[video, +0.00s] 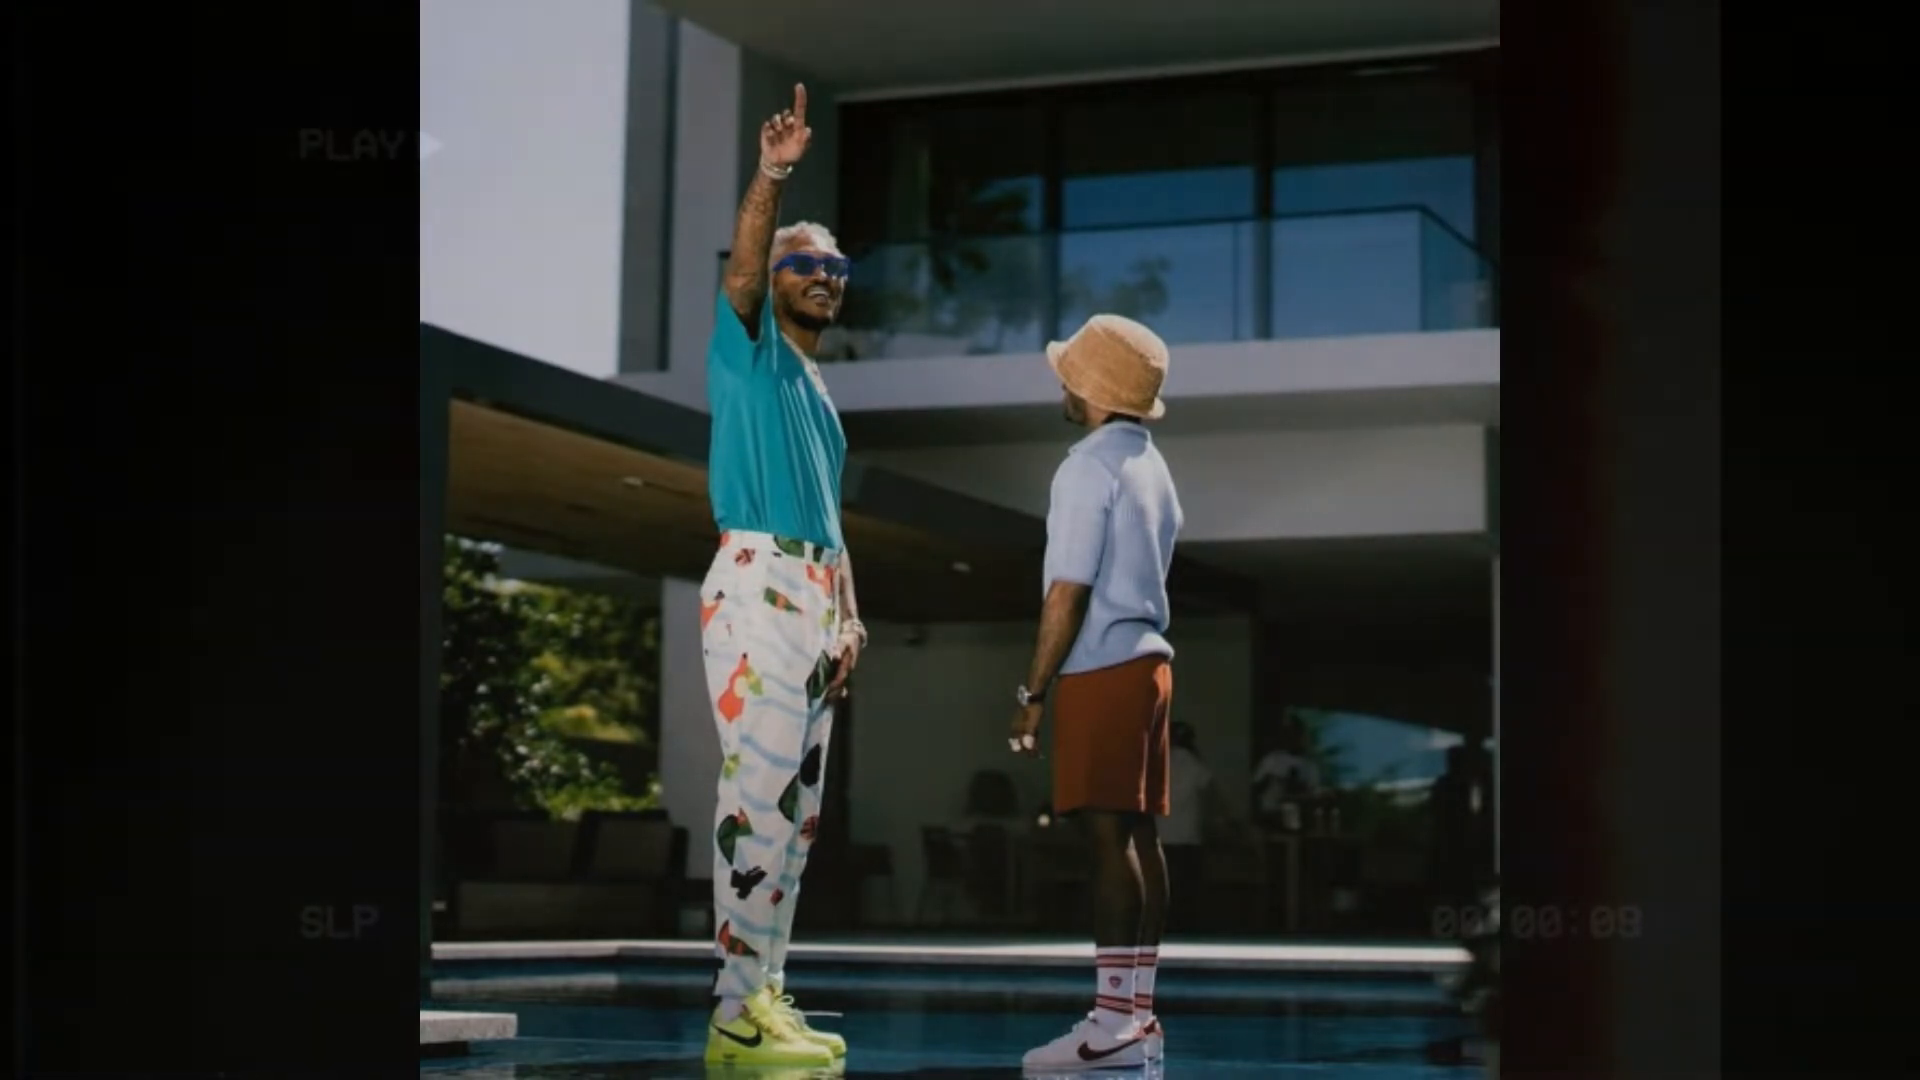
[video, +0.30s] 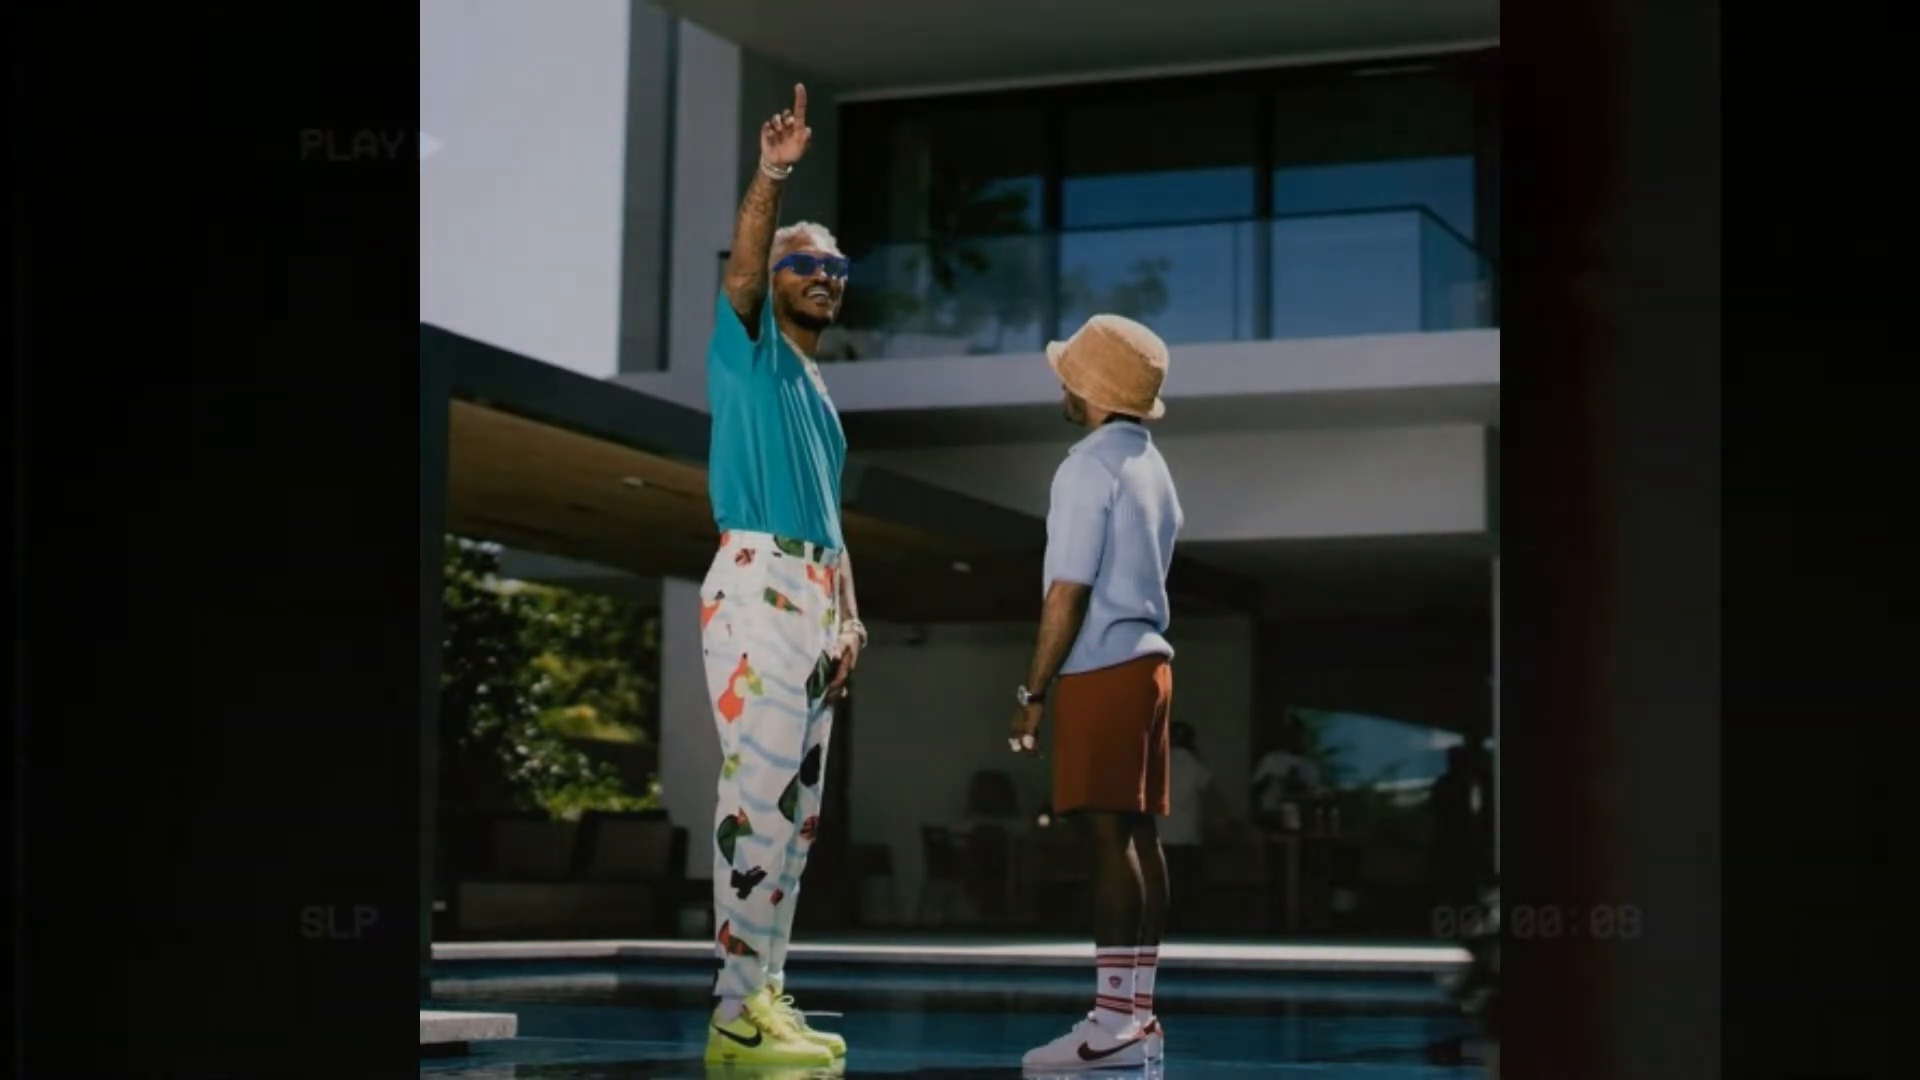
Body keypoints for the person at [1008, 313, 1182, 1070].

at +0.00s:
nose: (1064, 387)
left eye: (1072, 377)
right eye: (1068, 376)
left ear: (1092, 390)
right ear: (1130, 394)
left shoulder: (1088, 468)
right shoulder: (1148, 463)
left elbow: (1067, 594)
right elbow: (1149, 576)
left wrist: (1032, 691)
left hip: (1104, 669)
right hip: (1146, 665)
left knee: (1108, 838)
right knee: (1139, 838)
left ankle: (1116, 1015)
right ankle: (1135, 1012)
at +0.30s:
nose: (1063, 388)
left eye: (1071, 378)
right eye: (1068, 376)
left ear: (1092, 391)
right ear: (1130, 394)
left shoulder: (1087, 468)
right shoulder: (1148, 463)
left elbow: (1067, 595)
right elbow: (1150, 576)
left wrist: (1032, 691)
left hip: (1104, 669)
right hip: (1147, 666)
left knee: (1109, 838)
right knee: (1139, 838)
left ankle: (1116, 1015)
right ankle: (1135, 1012)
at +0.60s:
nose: (1064, 388)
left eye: (1072, 378)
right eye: (1068, 376)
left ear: (1092, 391)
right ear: (1130, 395)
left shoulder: (1088, 468)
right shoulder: (1148, 463)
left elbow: (1067, 594)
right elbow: (1148, 577)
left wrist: (1032, 691)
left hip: (1104, 669)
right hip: (1146, 666)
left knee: (1109, 838)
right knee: (1140, 838)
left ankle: (1116, 1015)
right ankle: (1135, 1012)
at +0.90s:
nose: (1063, 388)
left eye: (1072, 378)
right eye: (1068, 377)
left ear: (1092, 391)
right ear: (1129, 394)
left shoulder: (1087, 469)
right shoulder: (1147, 463)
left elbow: (1067, 594)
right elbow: (1148, 578)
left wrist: (1032, 691)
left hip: (1104, 669)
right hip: (1147, 666)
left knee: (1109, 838)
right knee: (1139, 838)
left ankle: (1116, 1015)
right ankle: (1135, 1012)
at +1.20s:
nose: (1064, 388)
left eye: (1072, 379)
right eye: (1068, 377)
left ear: (1092, 391)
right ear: (1130, 395)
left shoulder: (1087, 468)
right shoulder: (1148, 463)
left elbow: (1067, 594)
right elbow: (1149, 576)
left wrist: (1032, 691)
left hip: (1104, 669)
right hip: (1147, 666)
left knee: (1108, 838)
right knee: (1140, 838)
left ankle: (1116, 1015)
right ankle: (1135, 1012)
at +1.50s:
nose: (1064, 388)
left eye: (1072, 378)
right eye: (1068, 376)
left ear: (1093, 391)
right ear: (1130, 395)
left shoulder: (1087, 468)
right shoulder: (1148, 463)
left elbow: (1067, 594)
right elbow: (1149, 576)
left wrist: (1031, 692)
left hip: (1104, 669)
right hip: (1146, 666)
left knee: (1108, 839)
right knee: (1140, 839)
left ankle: (1116, 1015)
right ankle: (1135, 1012)